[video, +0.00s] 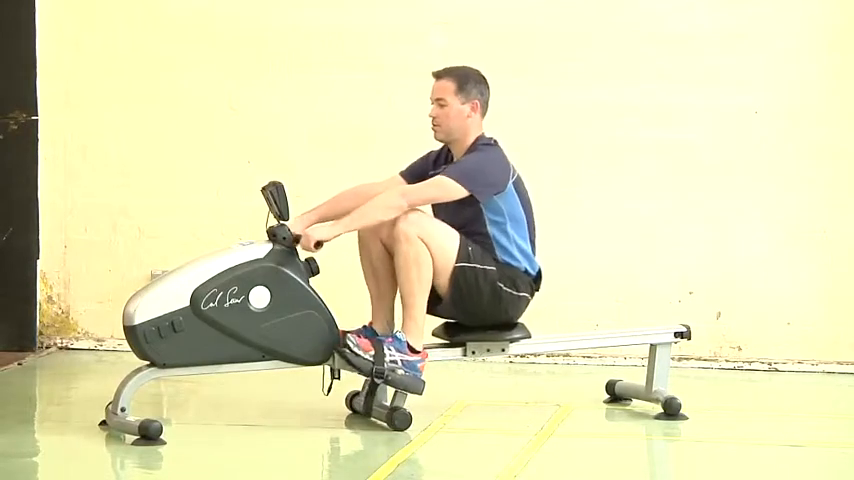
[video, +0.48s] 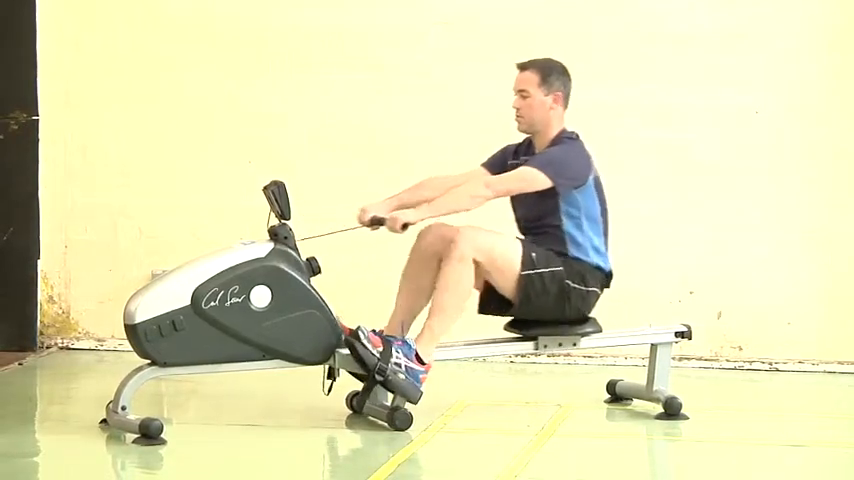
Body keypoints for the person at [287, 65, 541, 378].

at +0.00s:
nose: (431, 113)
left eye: (440, 104)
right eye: (432, 104)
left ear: (473, 109)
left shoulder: (487, 162)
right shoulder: (436, 161)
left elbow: (405, 199)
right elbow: (380, 191)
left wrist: (336, 228)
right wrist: (308, 218)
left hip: (504, 289)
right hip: (462, 289)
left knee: (410, 224)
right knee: (374, 222)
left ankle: (412, 350)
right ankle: (381, 334)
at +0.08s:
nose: (438, 110)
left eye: (448, 102)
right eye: (440, 102)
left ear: (479, 109)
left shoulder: (494, 161)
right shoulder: (441, 161)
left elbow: (409, 199)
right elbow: (383, 191)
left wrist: (338, 227)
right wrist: (311, 218)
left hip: (513, 288)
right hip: (470, 288)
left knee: (418, 224)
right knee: (382, 221)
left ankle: (412, 351)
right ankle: (382, 335)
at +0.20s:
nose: (453, 109)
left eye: (463, 101)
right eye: (455, 100)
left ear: (494, 107)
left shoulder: (508, 160)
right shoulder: (455, 159)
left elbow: (424, 197)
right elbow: (396, 189)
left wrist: (352, 224)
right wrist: (326, 214)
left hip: (527, 286)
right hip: (485, 285)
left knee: (430, 227)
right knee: (394, 225)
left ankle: (414, 354)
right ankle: (383, 338)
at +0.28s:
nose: (468, 108)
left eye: (477, 100)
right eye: (469, 99)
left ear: (509, 106)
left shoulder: (522, 159)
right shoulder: (470, 158)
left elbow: (437, 193)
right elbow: (409, 188)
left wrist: (367, 222)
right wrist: (339, 211)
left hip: (538, 285)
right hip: (497, 284)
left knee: (439, 229)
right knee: (403, 225)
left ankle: (416, 355)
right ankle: (386, 338)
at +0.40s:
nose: (494, 106)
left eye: (504, 97)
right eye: (495, 97)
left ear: (535, 103)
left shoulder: (548, 156)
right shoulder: (495, 156)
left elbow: (464, 189)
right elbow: (432, 185)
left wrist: (396, 216)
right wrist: (366, 207)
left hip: (559, 282)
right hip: (520, 279)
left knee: (454, 235)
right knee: (422, 231)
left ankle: (417, 359)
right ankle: (387, 341)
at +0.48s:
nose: (514, 105)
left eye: (523, 96)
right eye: (515, 96)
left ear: (556, 100)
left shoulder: (570, 155)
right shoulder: (515, 154)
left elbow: (488, 188)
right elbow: (454, 184)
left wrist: (417, 215)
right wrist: (388, 203)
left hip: (575, 281)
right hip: (537, 276)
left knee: (466, 242)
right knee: (434, 236)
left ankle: (419, 358)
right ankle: (391, 340)